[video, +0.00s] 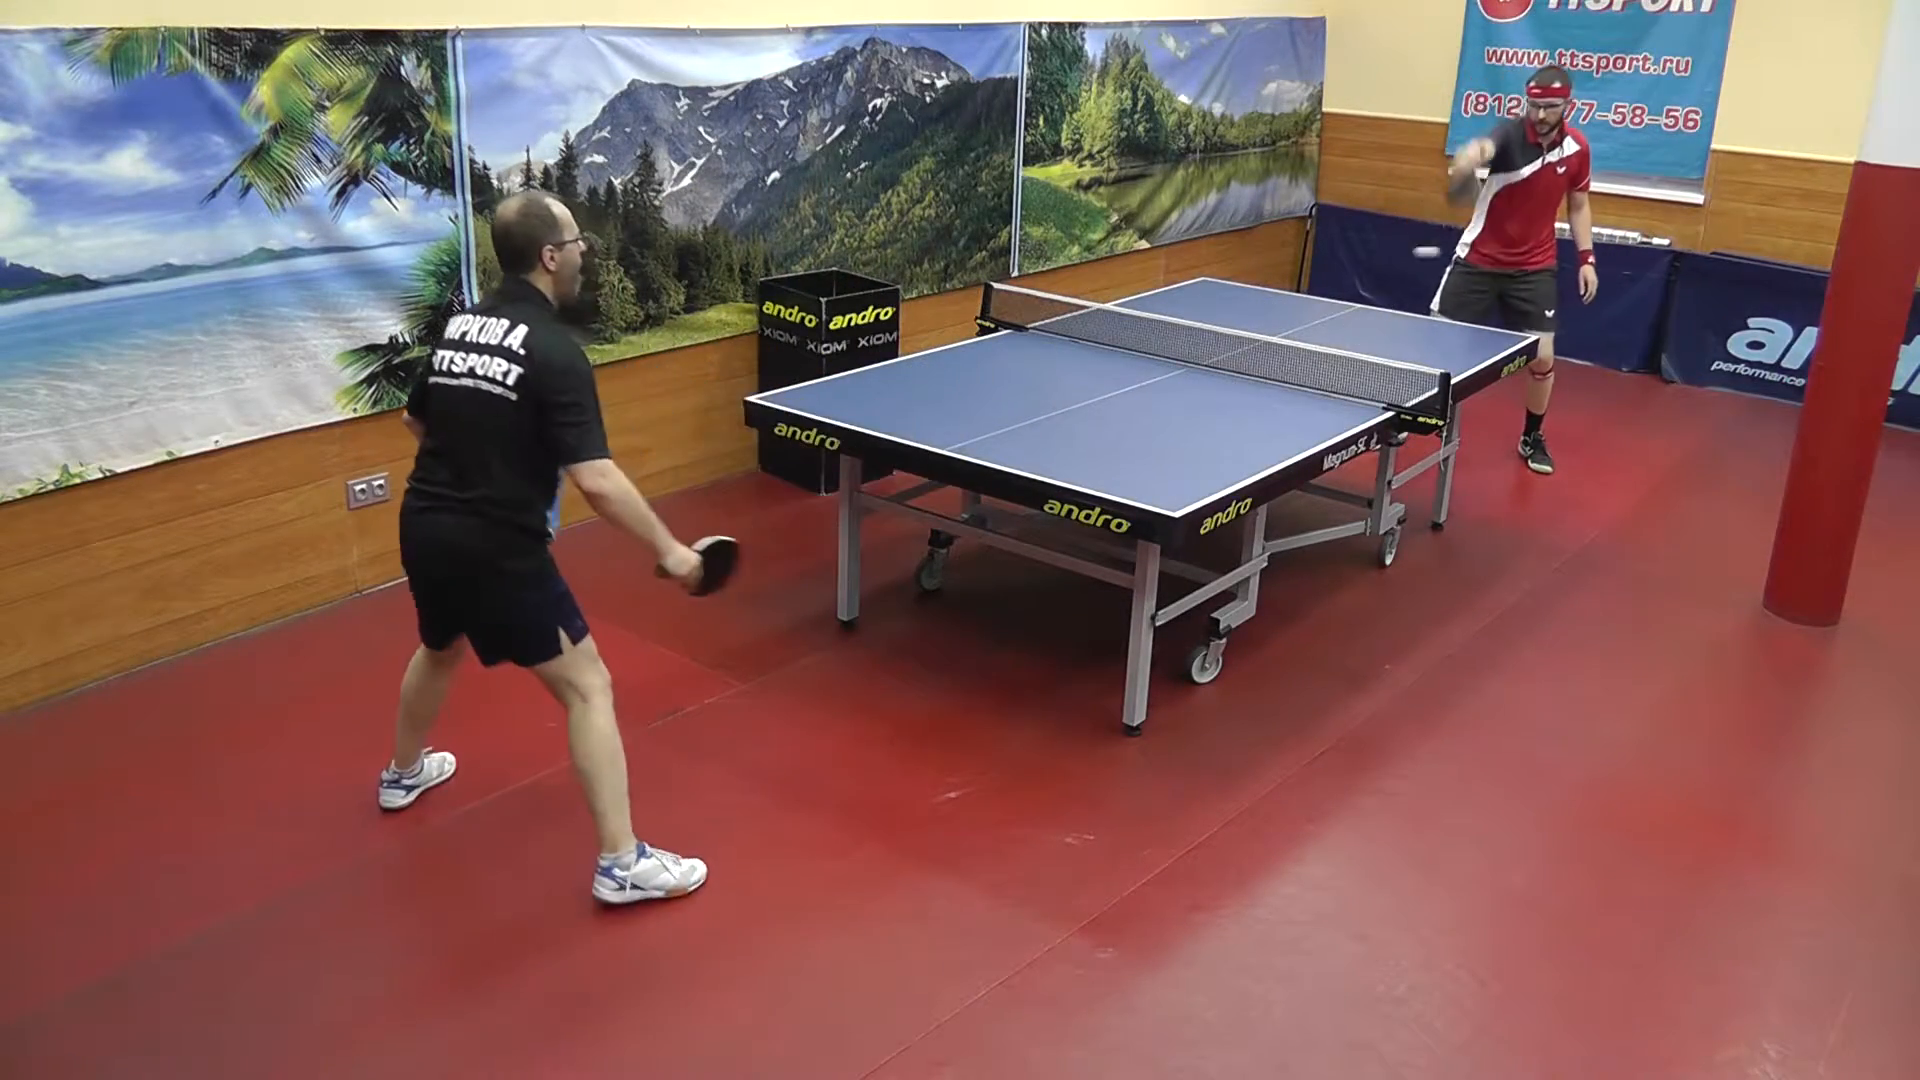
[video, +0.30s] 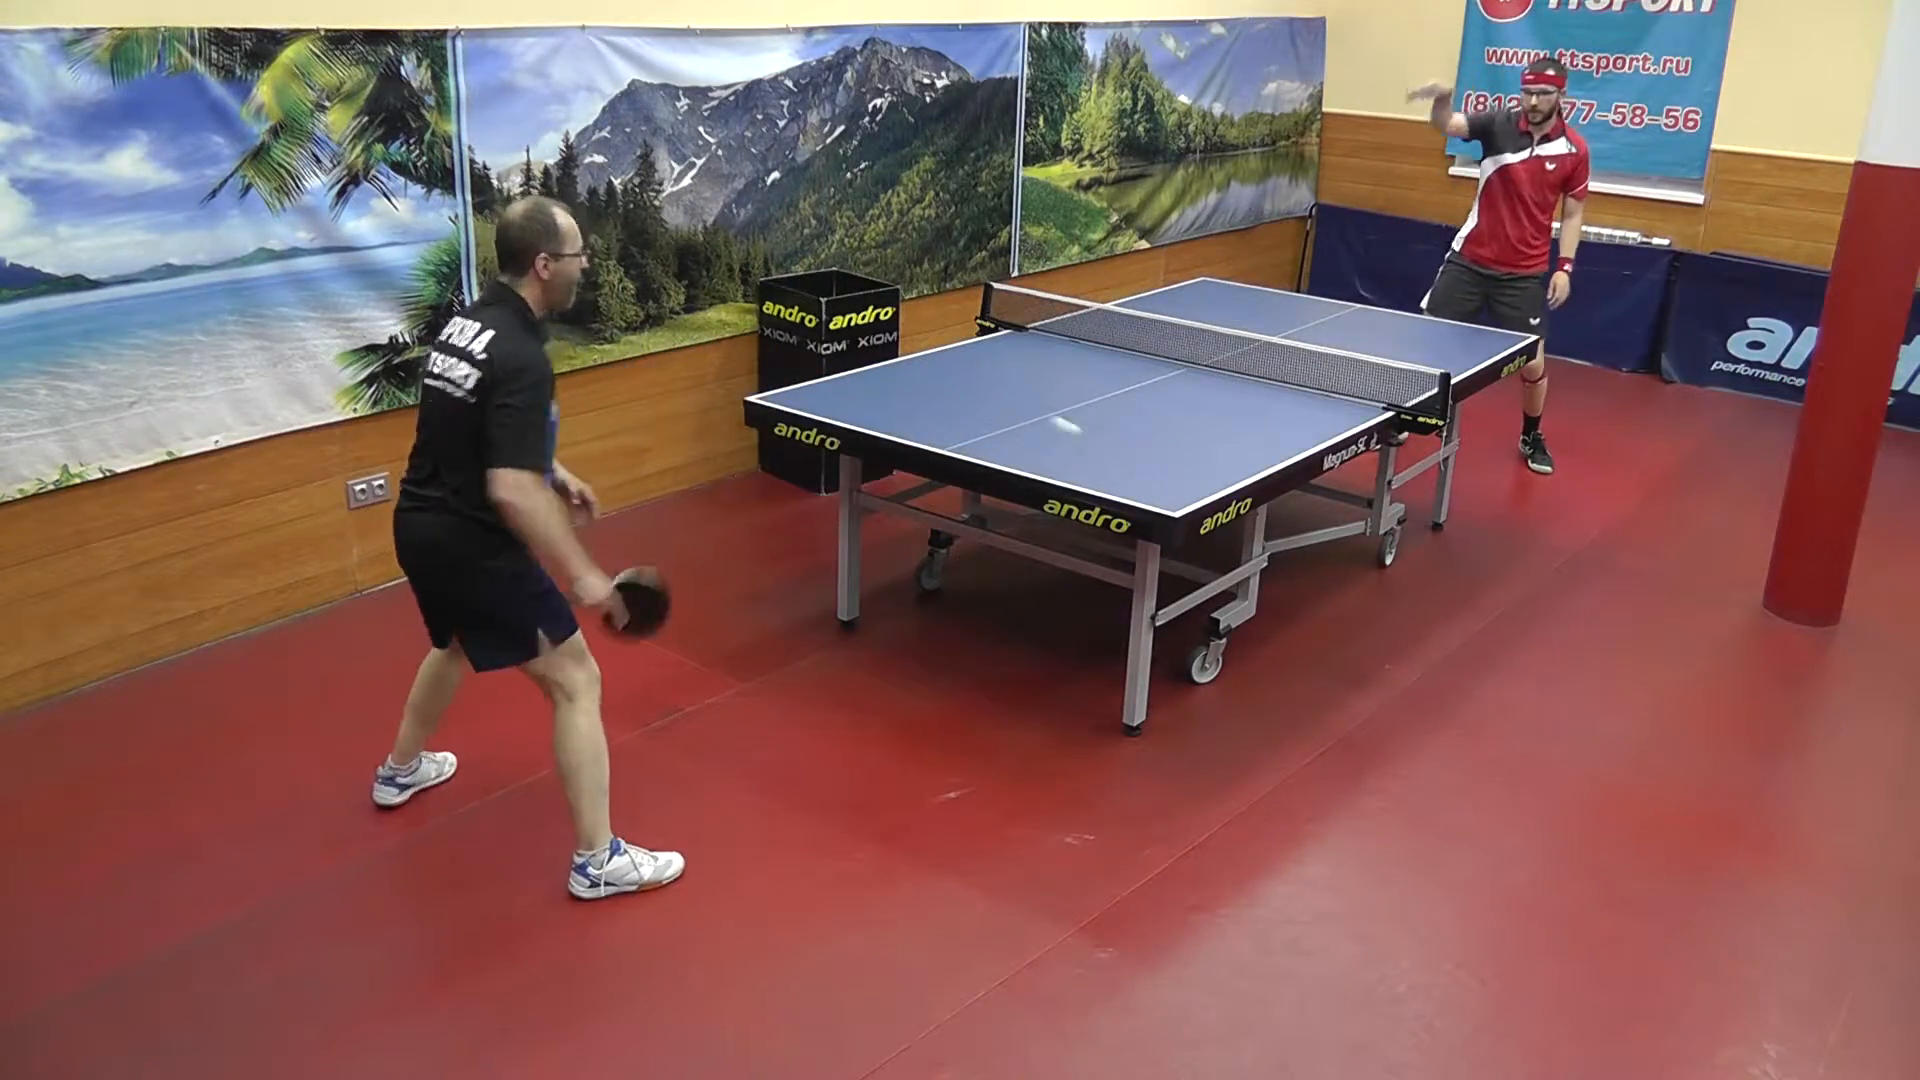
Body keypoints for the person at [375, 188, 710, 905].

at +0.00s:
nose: (582, 252)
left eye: (578, 241)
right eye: (574, 244)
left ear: (516, 258)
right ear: (547, 257)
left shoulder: (462, 322)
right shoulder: (555, 349)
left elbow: (420, 414)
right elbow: (595, 478)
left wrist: (485, 455)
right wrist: (669, 548)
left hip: (427, 530)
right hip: (500, 547)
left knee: (440, 648)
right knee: (586, 687)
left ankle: (402, 770)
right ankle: (623, 859)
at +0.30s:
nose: (585, 266)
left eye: (583, 253)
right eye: (577, 255)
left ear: (524, 264)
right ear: (540, 266)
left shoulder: (466, 319)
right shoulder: (519, 353)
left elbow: (473, 423)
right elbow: (513, 486)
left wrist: (547, 470)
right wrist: (585, 577)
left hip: (423, 526)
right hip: (477, 540)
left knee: (454, 642)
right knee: (575, 680)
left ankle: (400, 767)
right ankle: (598, 855)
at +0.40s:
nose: (569, 279)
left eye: (568, 266)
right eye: (561, 267)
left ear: (517, 276)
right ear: (519, 277)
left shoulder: (505, 336)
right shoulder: (467, 358)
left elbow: (520, 413)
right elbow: (425, 491)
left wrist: (579, 458)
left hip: (472, 533)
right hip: (464, 547)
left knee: (470, 642)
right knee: (562, 676)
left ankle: (391, 755)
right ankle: (597, 855)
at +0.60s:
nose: (500, 271)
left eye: (500, 258)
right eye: (488, 260)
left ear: (450, 264)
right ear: (440, 266)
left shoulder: (466, 321)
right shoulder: (404, 347)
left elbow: (487, 401)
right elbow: (369, 463)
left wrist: (540, 448)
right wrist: (422, 521)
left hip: (467, 521)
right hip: (439, 534)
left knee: (462, 650)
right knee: (510, 685)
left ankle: (389, 757)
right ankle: (571, 847)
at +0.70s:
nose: (468, 253)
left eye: (469, 239)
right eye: (455, 244)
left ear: (436, 242)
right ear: (410, 248)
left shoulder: (440, 299)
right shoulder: (390, 327)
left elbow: (448, 403)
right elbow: (417, 445)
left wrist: (501, 451)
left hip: (450, 509)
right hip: (424, 522)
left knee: (453, 647)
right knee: (496, 677)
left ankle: (388, 759)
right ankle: (538, 848)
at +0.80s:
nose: (447, 234)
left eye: (445, 221)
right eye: (436, 223)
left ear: (394, 231)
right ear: (395, 233)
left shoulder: (374, 297)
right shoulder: (404, 303)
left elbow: (403, 413)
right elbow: (491, 385)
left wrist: (476, 459)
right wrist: (528, 337)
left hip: (394, 503)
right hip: (431, 504)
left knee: (442, 636)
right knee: (483, 674)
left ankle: (389, 761)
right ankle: (484, 859)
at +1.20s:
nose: (460, 240)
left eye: (454, 228)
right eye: (451, 231)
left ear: (395, 248)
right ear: (426, 242)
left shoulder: (360, 334)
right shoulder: (466, 313)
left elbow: (317, 447)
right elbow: (528, 424)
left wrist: (367, 484)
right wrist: (475, 432)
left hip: (384, 527)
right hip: (457, 523)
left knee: (416, 644)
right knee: (509, 694)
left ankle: (385, 762)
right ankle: (532, 872)